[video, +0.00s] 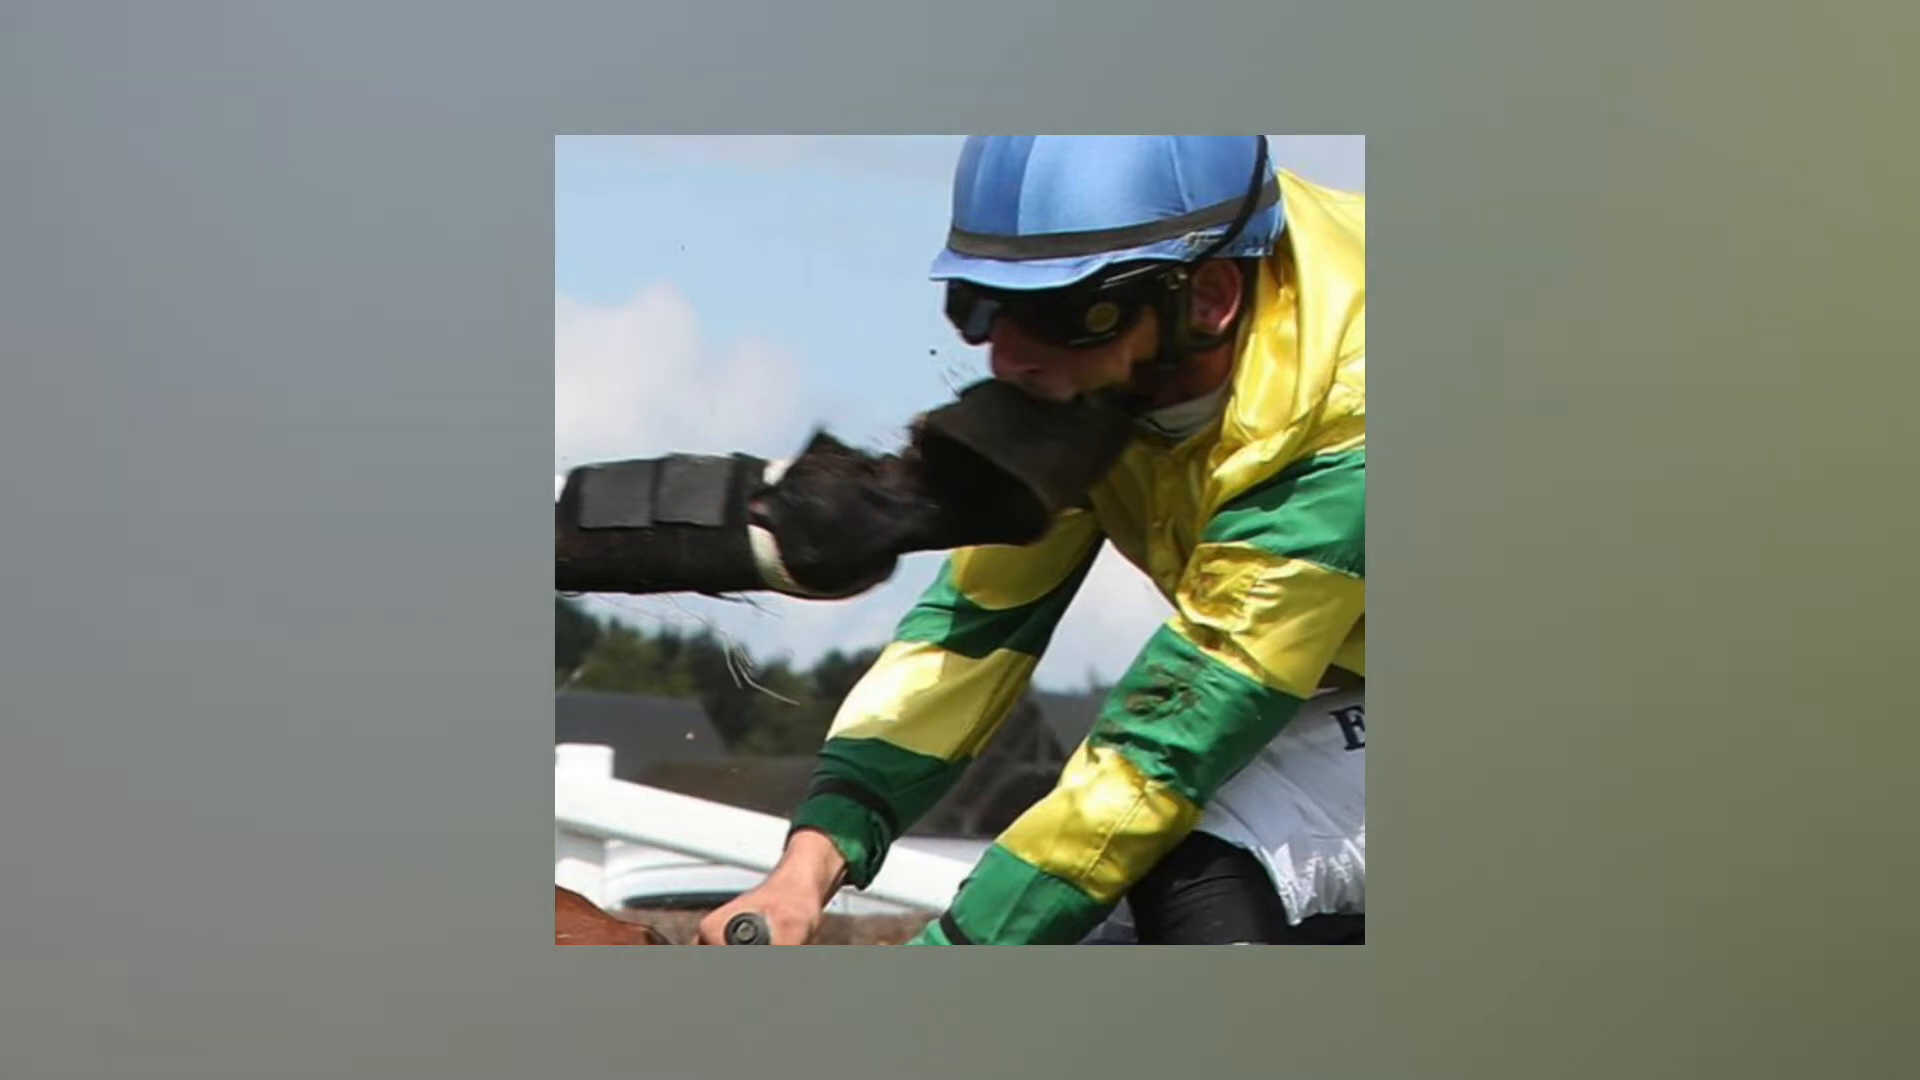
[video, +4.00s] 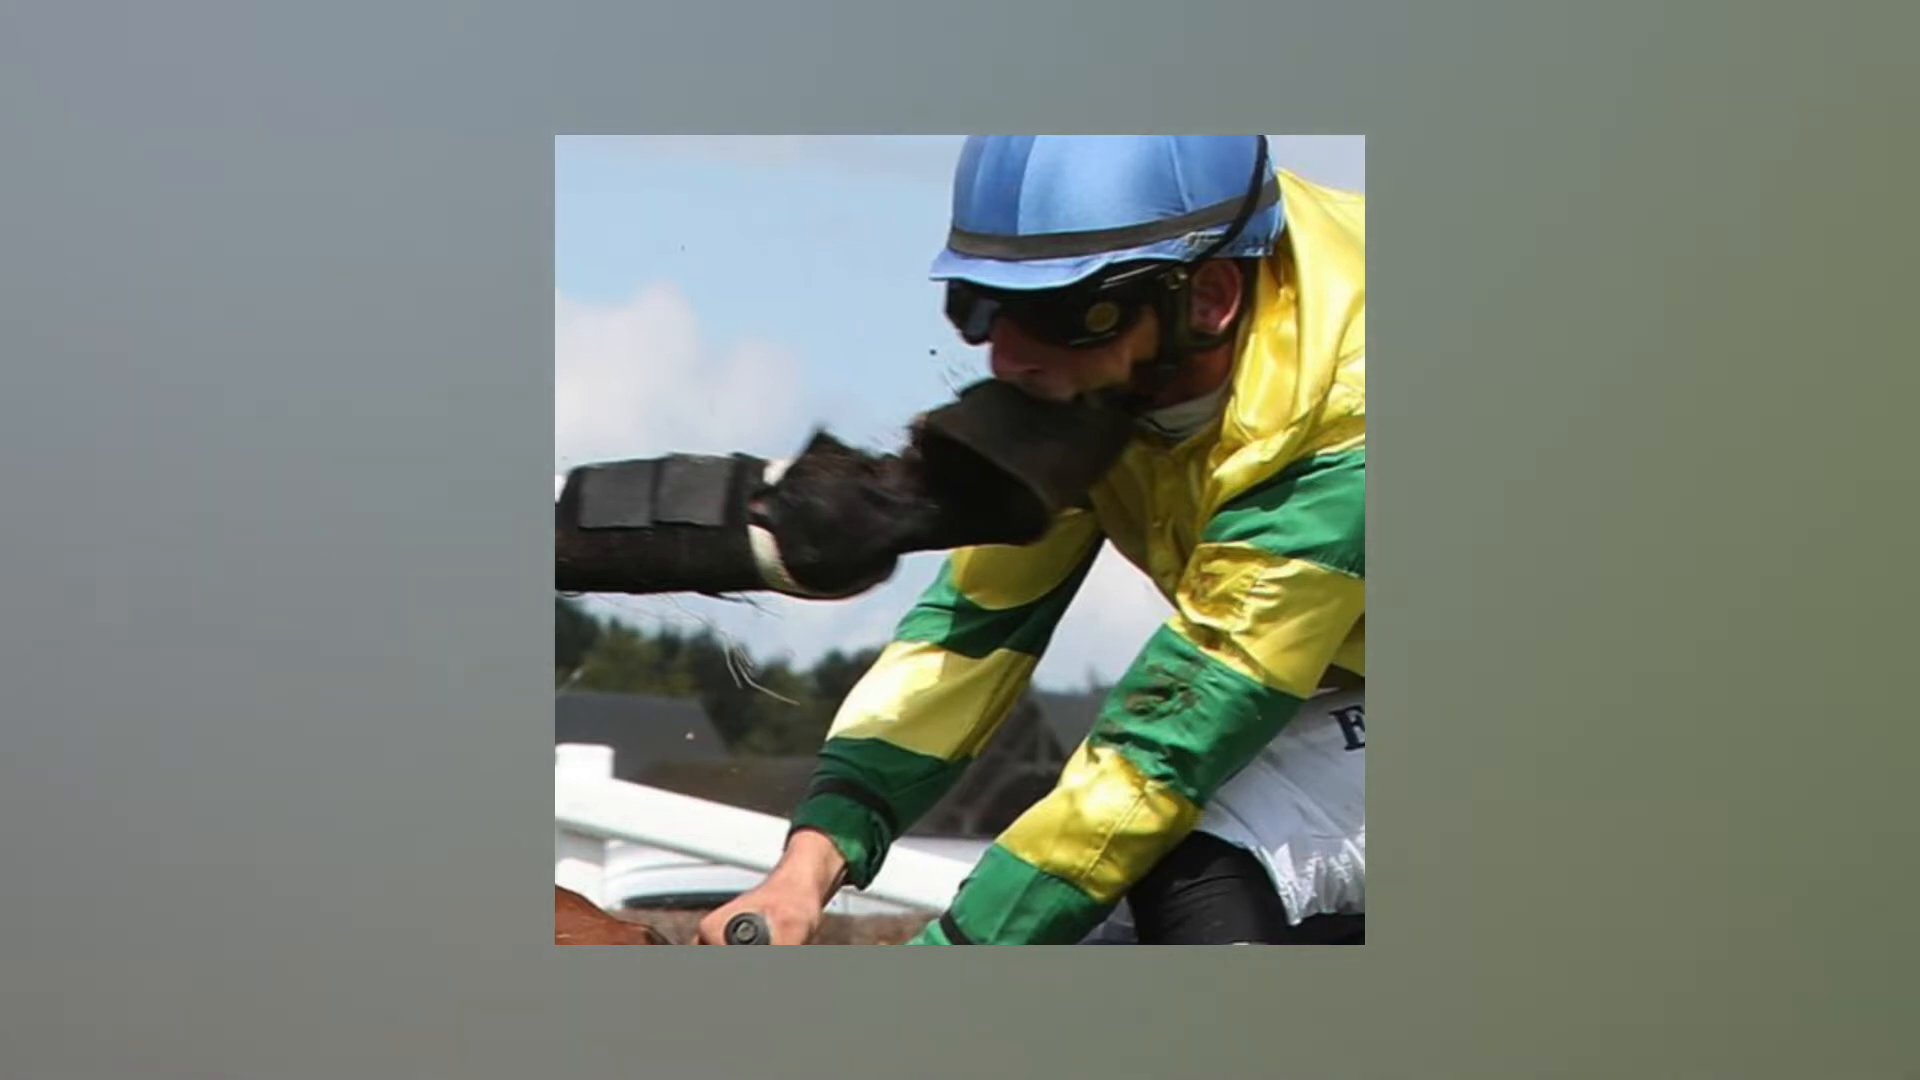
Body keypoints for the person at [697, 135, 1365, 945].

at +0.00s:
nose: (1005, 359)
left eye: (1056, 319)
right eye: (989, 309)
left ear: (1210, 298)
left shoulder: (1341, 429)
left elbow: (1161, 751)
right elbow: (969, 623)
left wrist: (934, 963)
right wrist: (804, 872)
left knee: (1204, 863)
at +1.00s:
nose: (1005, 358)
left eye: (1056, 319)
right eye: (989, 310)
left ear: (1209, 298)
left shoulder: (1341, 429)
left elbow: (1161, 751)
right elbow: (969, 623)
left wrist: (934, 965)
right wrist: (805, 871)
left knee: (1204, 864)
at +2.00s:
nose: (1005, 359)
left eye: (1056, 319)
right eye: (989, 310)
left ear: (1210, 298)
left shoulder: (1341, 429)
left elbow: (1161, 751)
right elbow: (969, 623)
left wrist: (933, 965)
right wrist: (805, 871)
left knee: (1204, 864)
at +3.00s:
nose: (1005, 358)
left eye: (1056, 319)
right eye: (989, 309)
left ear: (1210, 298)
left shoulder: (1341, 429)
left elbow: (1160, 752)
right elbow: (969, 623)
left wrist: (933, 965)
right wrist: (805, 871)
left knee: (1204, 865)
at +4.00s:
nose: (1005, 358)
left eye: (1056, 319)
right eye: (989, 309)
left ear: (1210, 298)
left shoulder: (1341, 429)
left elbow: (1160, 751)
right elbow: (969, 623)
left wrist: (933, 965)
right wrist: (805, 871)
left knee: (1204, 865)